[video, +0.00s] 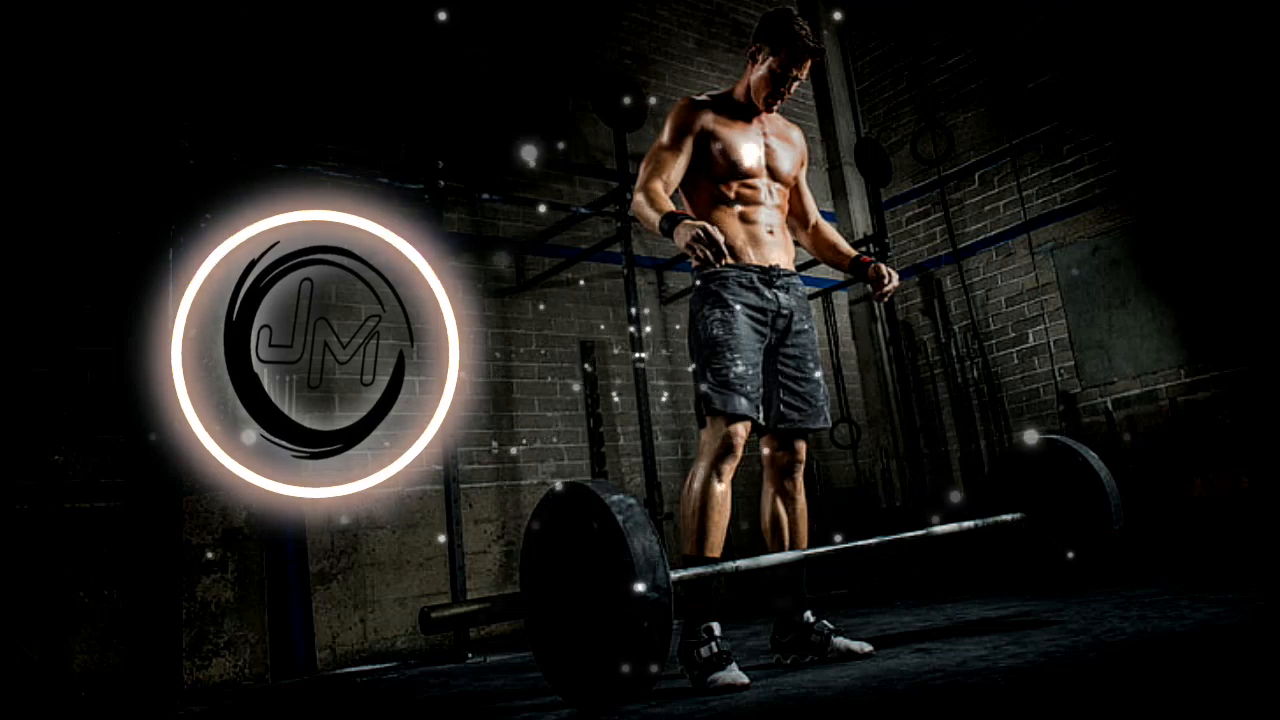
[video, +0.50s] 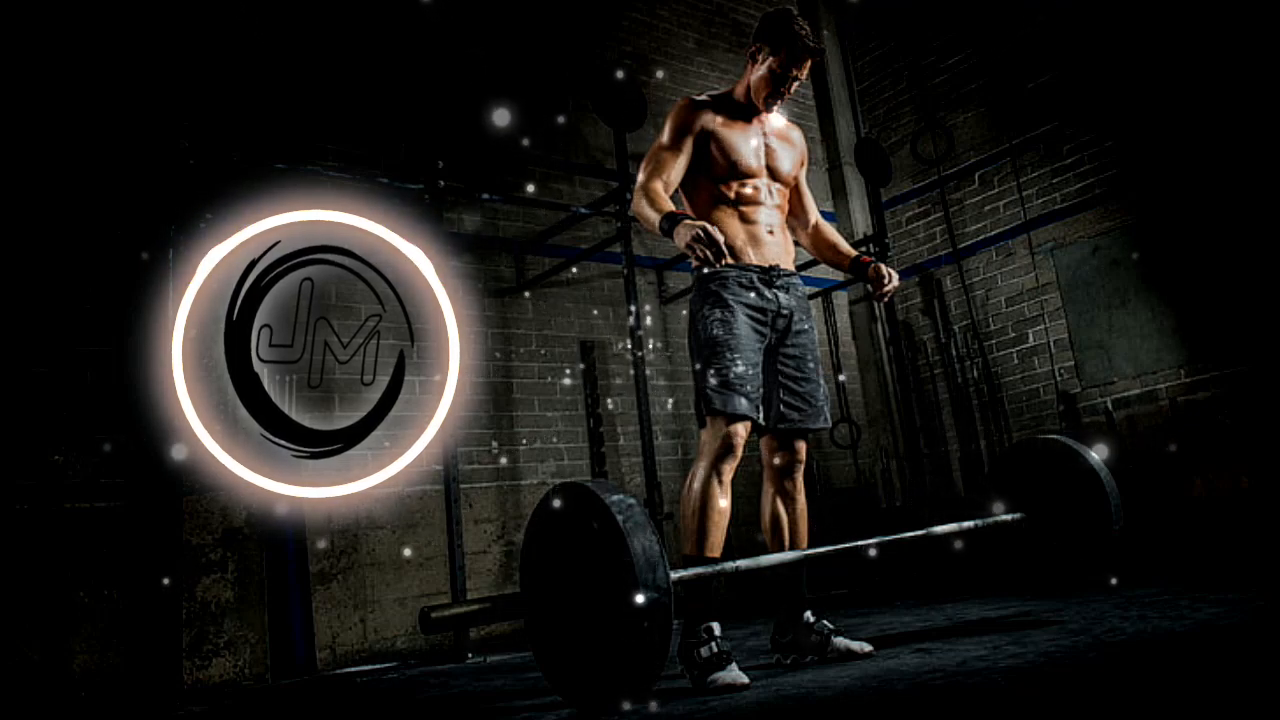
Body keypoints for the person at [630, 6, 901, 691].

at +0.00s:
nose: (790, 89)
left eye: (800, 79)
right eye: (786, 73)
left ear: (802, 77)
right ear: (756, 57)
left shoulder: (792, 136)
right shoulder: (697, 115)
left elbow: (808, 224)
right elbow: (645, 198)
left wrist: (860, 264)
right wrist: (677, 226)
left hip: (790, 297)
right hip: (730, 293)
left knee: (790, 455)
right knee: (729, 438)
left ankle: (797, 624)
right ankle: (699, 634)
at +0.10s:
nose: (791, 91)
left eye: (801, 81)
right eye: (788, 75)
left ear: (801, 76)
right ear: (757, 59)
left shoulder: (791, 136)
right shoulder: (697, 115)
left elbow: (808, 225)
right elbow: (645, 198)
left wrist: (860, 265)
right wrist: (676, 225)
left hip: (790, 296)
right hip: (730, 292)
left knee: (789, 454)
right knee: (729, 438)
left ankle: (797, 624)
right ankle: (699, 634)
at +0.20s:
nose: (789, 89)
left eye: (799, 79)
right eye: (786, 73)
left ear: (802, 77)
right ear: (756, 58)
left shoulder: (792, 137)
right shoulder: (697, 115)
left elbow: (808, 224)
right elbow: (645, 199)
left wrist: (860, 264)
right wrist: (676, 226)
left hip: (790, 297)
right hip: (730, 293)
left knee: (790, 455)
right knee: (729, 438)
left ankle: (797, 624)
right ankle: (698, 634)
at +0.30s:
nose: (790, 92)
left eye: (799, 82)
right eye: (786, 77)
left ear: (800, 77)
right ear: (756, 59)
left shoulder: (791, 136)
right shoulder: (697, 115)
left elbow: (809, 224)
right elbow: (644, 201)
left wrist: (861, 265)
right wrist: (676, 226)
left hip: (790, 297)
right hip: (730, 293)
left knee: (790, 454)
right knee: (729, 438)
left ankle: (797, 624)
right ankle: (698, 633)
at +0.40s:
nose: (786, 91)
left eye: (797, 81)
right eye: (783, 75)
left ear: (801, 77)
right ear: (755, 58)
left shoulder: (792, 137)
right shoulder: (697, 115)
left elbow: (808, 224)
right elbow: (645, 199)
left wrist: (861, 265)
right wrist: (676, 226)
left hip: (790, 297)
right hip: (730, 293)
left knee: (790, 455)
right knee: (729, 437)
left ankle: (797, 624)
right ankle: (698, 633)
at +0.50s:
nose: (787, 95)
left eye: (797, 85)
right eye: (784, 78)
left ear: (801, 78)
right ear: (756, 59)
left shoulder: (791, 136)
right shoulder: (697, 115)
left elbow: (809, 225)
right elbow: (644, 199)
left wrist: (861, 265)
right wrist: (676, 225)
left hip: (790, 297)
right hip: (730, 292)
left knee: (790, 455)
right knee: (729, 437)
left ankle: (797, 624)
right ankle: (698, 633)